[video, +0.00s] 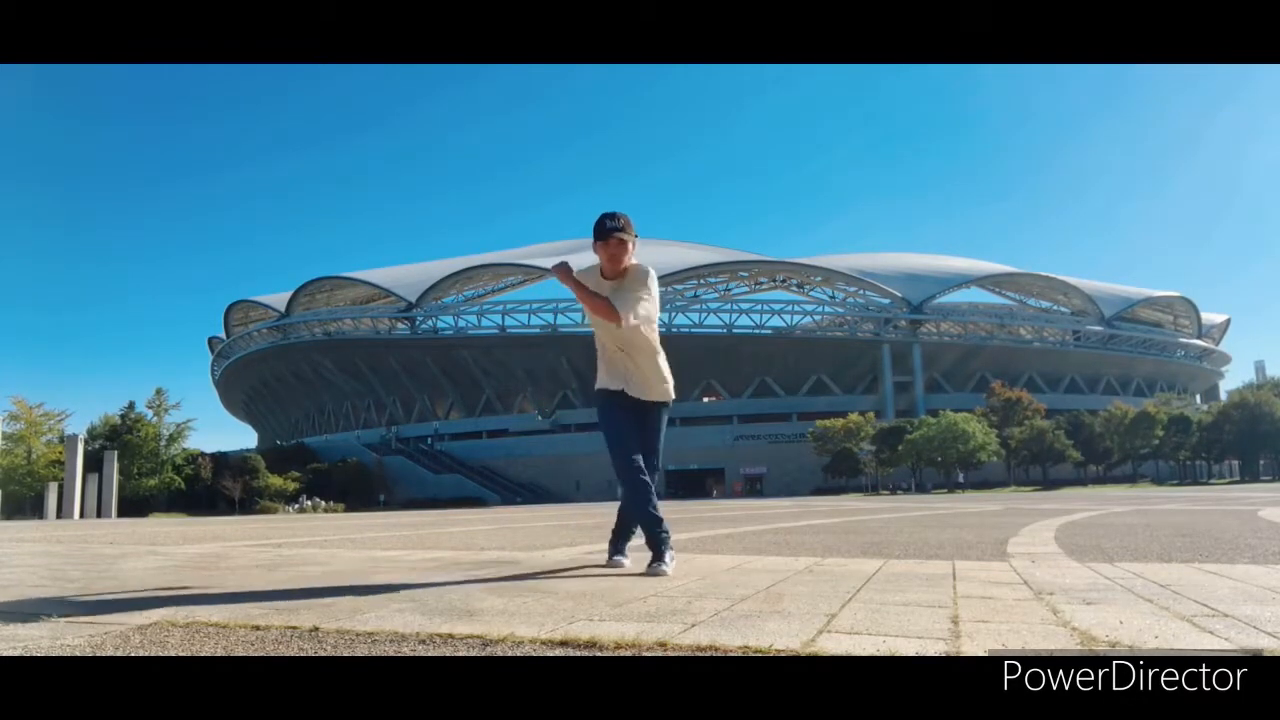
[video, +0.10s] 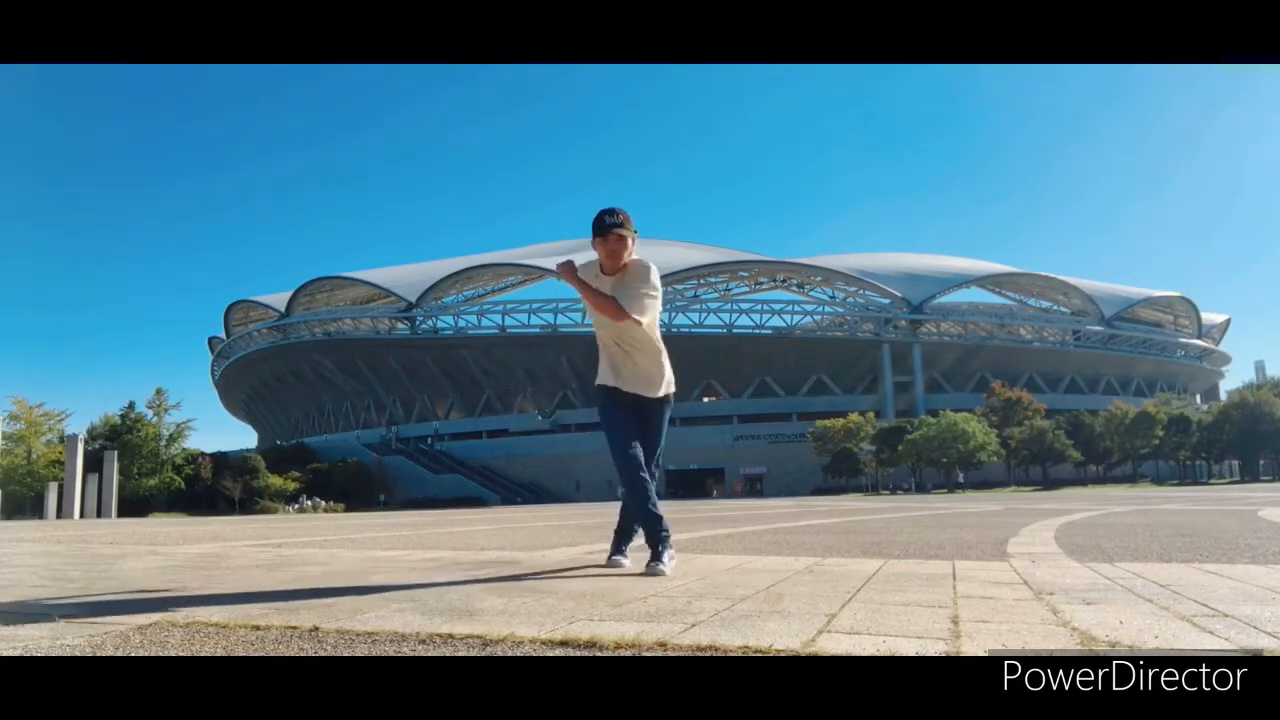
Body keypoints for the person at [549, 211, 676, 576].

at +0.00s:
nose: (615, 251)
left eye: (622, 244)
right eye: (608, 244)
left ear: (633, 246)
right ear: (596, 246)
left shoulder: (644, 277)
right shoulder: (587, 279)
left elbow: (618, 316)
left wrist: (570, 281)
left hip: (652, 385)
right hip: (611, 384)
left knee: (647, 469)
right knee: (629, 465)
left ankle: (619, 543)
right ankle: (661, 544)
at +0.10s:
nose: (615, 248)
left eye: (621, 241)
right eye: (607, 241)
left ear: (632, 242)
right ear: (595, 243)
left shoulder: (645, 272)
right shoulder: (589, 274)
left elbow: (621, 314)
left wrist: (575, 281)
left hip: (654, 383)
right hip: (612, 381)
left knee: (645, 470)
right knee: (630, 464)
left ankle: (621, 544)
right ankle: (661, 543)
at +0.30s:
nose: (617, 241)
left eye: (624, 232)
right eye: (609, 233)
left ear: (634, 231)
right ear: (595, 232)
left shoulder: (650, 261)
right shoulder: (580, 270)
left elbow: (666, 315)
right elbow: (603, 313)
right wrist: (620, 354)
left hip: (661, 377)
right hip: (616, 379)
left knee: (658, 471)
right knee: (636, 467)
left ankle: (627, 543)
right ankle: (668, 547)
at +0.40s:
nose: (624, 232)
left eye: (631, 224)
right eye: (615, 225)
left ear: (642, 225)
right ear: (601, 227)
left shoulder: (661, 263)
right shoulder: (584, 262)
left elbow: (703, 306)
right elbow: (567, 272)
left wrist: (739, 344)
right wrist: (582, 295)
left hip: (661, 369)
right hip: (614, 373)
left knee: (688, 450)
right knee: (634, 465)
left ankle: (667, 497)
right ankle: (667, 547)